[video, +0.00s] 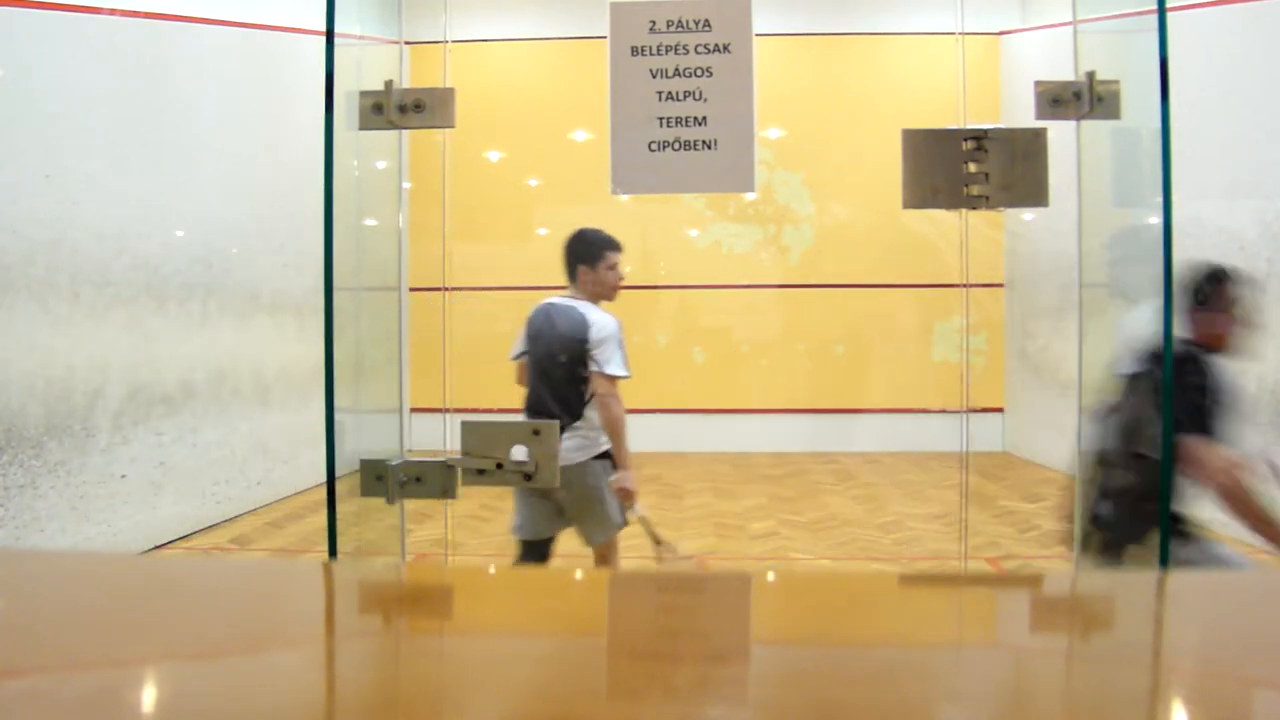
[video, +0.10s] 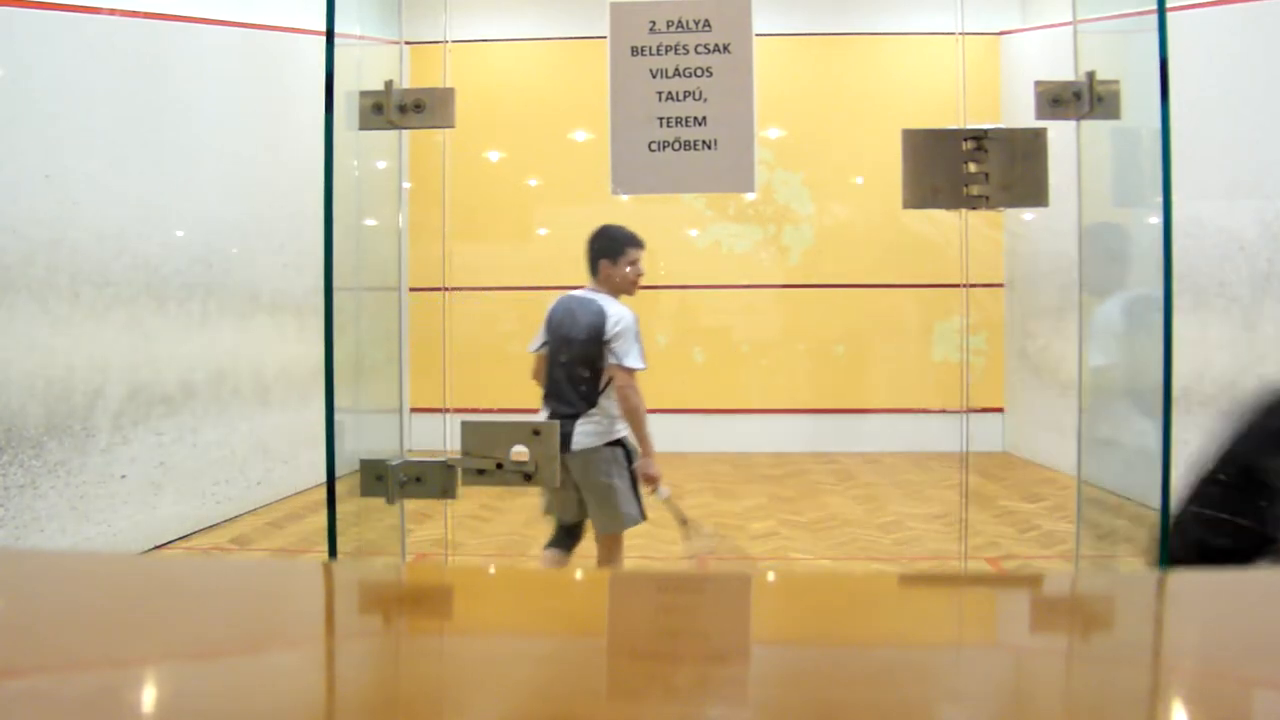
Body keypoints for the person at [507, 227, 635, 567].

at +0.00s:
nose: (620, 277)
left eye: (619, 268)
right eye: (612, 268)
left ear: (584, 275)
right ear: (585, 274)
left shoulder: (540, 312)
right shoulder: (601, 323)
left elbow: (523, 375)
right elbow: (605, 396)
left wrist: (574, 385)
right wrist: (623, 467)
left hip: (535, 456)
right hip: (583, 459)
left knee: (530, 559)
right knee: (606, 553)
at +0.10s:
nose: (640, 273)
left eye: (640, 265)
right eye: (632, 265)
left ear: (606, 269)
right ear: (605, 267)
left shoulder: (562, 305)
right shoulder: (618, 315)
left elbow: (540, 372)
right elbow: (625, 387)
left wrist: (578, 396)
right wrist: (647, 454)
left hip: (555, 438)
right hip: (598, 443)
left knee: (568, 528)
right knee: (610, 541)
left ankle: (533, 598)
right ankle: (606, 616)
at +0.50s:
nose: (687, 287)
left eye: (687, 280)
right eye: (681, 279)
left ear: (657, 281)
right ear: (658, 279)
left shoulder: (622, 319)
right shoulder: (668, 321)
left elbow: (599, 375)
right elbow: (673, 381)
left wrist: (591, 425)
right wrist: (697, 434)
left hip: (615, 437)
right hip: (651, 438)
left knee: (636, 514)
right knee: (660, 526)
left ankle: (631, 586)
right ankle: (628, 590)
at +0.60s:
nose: (697, 282)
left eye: (697, 275)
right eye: (692, 274)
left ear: (667, 276)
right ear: (668, 275)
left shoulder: (636, 314)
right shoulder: (680, 316)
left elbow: (619, 370)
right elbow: (683, 375)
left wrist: (626, 409)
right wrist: (702, 428)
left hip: (628, 425)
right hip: (663, 426)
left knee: (639, 504)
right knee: (688, 505)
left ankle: (634, 580)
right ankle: (651, 567)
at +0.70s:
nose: (711, 283)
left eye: (711, 276)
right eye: (706, 276)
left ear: (681, 280)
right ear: (685, 278)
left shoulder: (649, 315)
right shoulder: (695, 317)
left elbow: (639, 375)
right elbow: (694, 373)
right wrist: (711, 426)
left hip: (638, 421)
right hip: (676, 422)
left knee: (641, 501)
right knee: (704, 493)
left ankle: (633, 577)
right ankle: (695, 567)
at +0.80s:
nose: (726, 293)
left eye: (725, 286)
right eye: (722, 286)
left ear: (696, 290)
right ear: (705, 289)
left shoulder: (667, 324)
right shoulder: (713, 326)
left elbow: (658, 378)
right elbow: (710, 379)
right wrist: (726, 429)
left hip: (654, 423)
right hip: (693, 426)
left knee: (647, 498)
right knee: (720, 489)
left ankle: (635, 573)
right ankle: (726, 555)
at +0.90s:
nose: (743, 299)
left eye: (742, 293)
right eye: (741, 293)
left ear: (710, 298)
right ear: (731, 297)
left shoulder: (688, 329)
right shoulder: (735, 334)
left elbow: (678, 378)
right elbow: (729, 383)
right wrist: (745, 433)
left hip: (674, 425)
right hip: (713, 427)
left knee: (664, 497)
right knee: (729, 491)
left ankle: (642, 557)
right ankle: (723, 555)